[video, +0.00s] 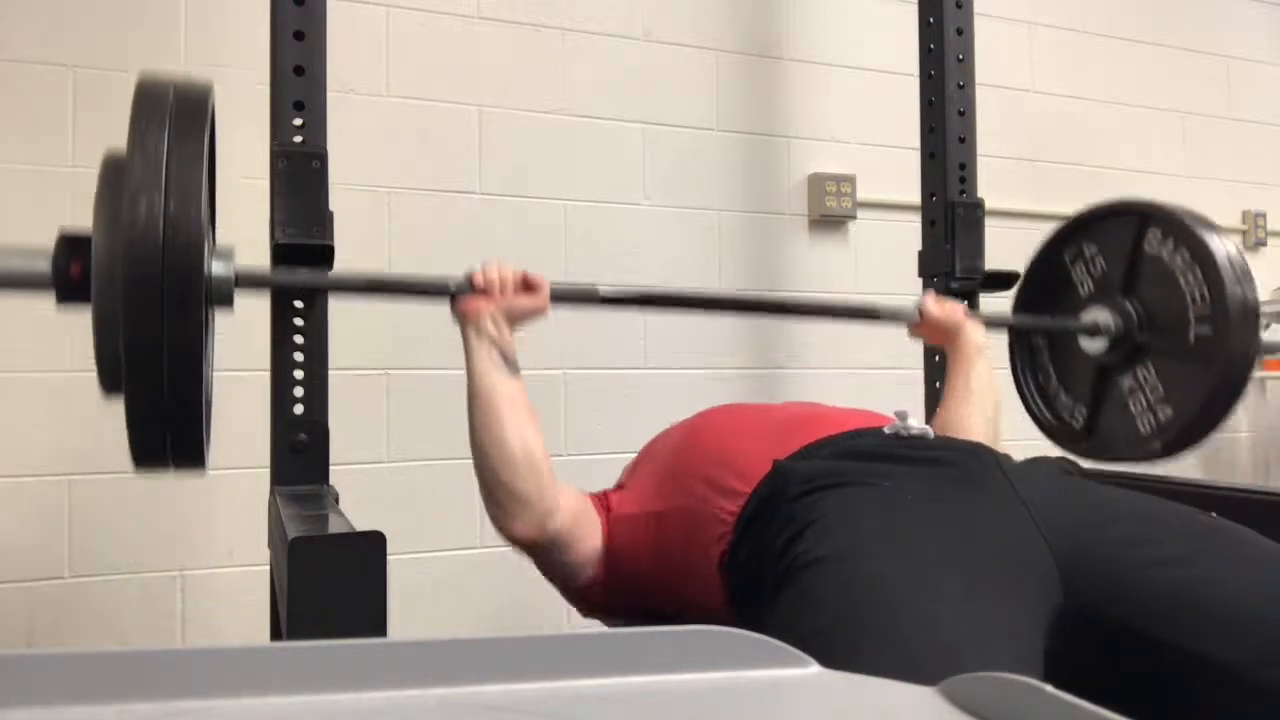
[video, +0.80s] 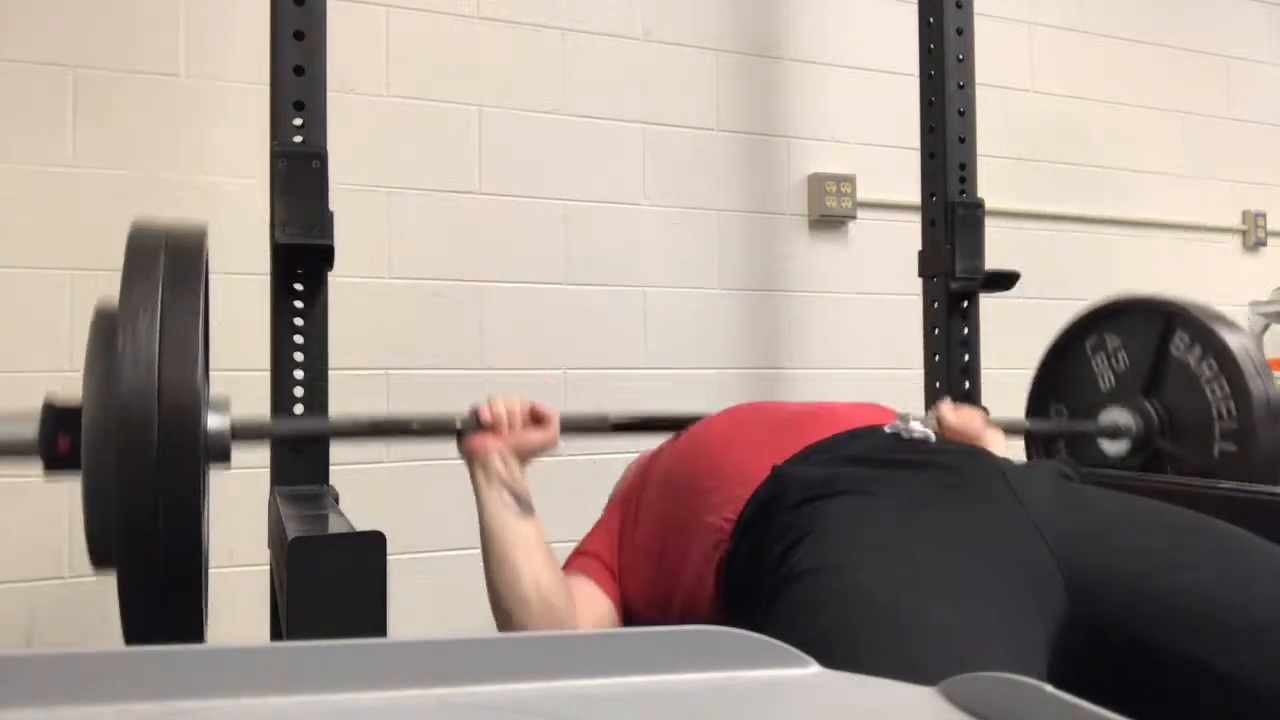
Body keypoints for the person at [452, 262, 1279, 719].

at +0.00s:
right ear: (646, 485)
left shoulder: (869, 440)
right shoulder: (618, 543)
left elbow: (965, 466)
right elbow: (528, 508)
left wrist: (970, 347)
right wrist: (488, 343)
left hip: (1045, 486)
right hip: (857, 508)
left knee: (1276, 623)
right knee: (934, 697)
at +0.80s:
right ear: (647, 481)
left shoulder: (865, 422)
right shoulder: (625, 531)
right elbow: (551, 629)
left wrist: (986, 451)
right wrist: (499, 483)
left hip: (1035, 487)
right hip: (858, 504)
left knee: (1273, 608)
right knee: (932, 686)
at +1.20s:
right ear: (649, 496)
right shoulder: (623, 542)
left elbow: (983, 472)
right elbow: (526, 546)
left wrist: (978, 365)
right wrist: (488, 381)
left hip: (1044, 487)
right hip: (856, 506)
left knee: (1274, 621)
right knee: (929, 696)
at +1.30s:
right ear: (643, 492)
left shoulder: (863, 439)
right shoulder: (617, 544)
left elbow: (965, 464)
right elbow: (516, 505)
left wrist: (966, 339)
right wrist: (485, 342)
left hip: (1043, 482)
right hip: (857, 505)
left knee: (1273, 620)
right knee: (934, 673)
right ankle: (977, 703)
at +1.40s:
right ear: (615, 507)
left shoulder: (844, 434)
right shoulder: (611, 538)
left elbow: (946, 439)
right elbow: (514, 471)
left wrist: (955, 313)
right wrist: (480, 310)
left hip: (1028, 486)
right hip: (852, 504)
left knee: (1273, 613)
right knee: (931, 705)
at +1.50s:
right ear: (618, 499)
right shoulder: (606, 534)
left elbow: (921, 423)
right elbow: (518, 440)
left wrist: (952, 294)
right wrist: (480, 282)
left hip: (1013, 482)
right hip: (838, 503)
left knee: (1274, 612)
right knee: (936, 692)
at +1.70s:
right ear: (628, 499)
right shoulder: (612, 536)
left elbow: (949, 443)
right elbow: (519, 476)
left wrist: (952, 319)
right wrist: (480, 308)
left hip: (1023, 481)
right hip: (842, 502)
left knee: (1272, 610)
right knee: (935, 699)